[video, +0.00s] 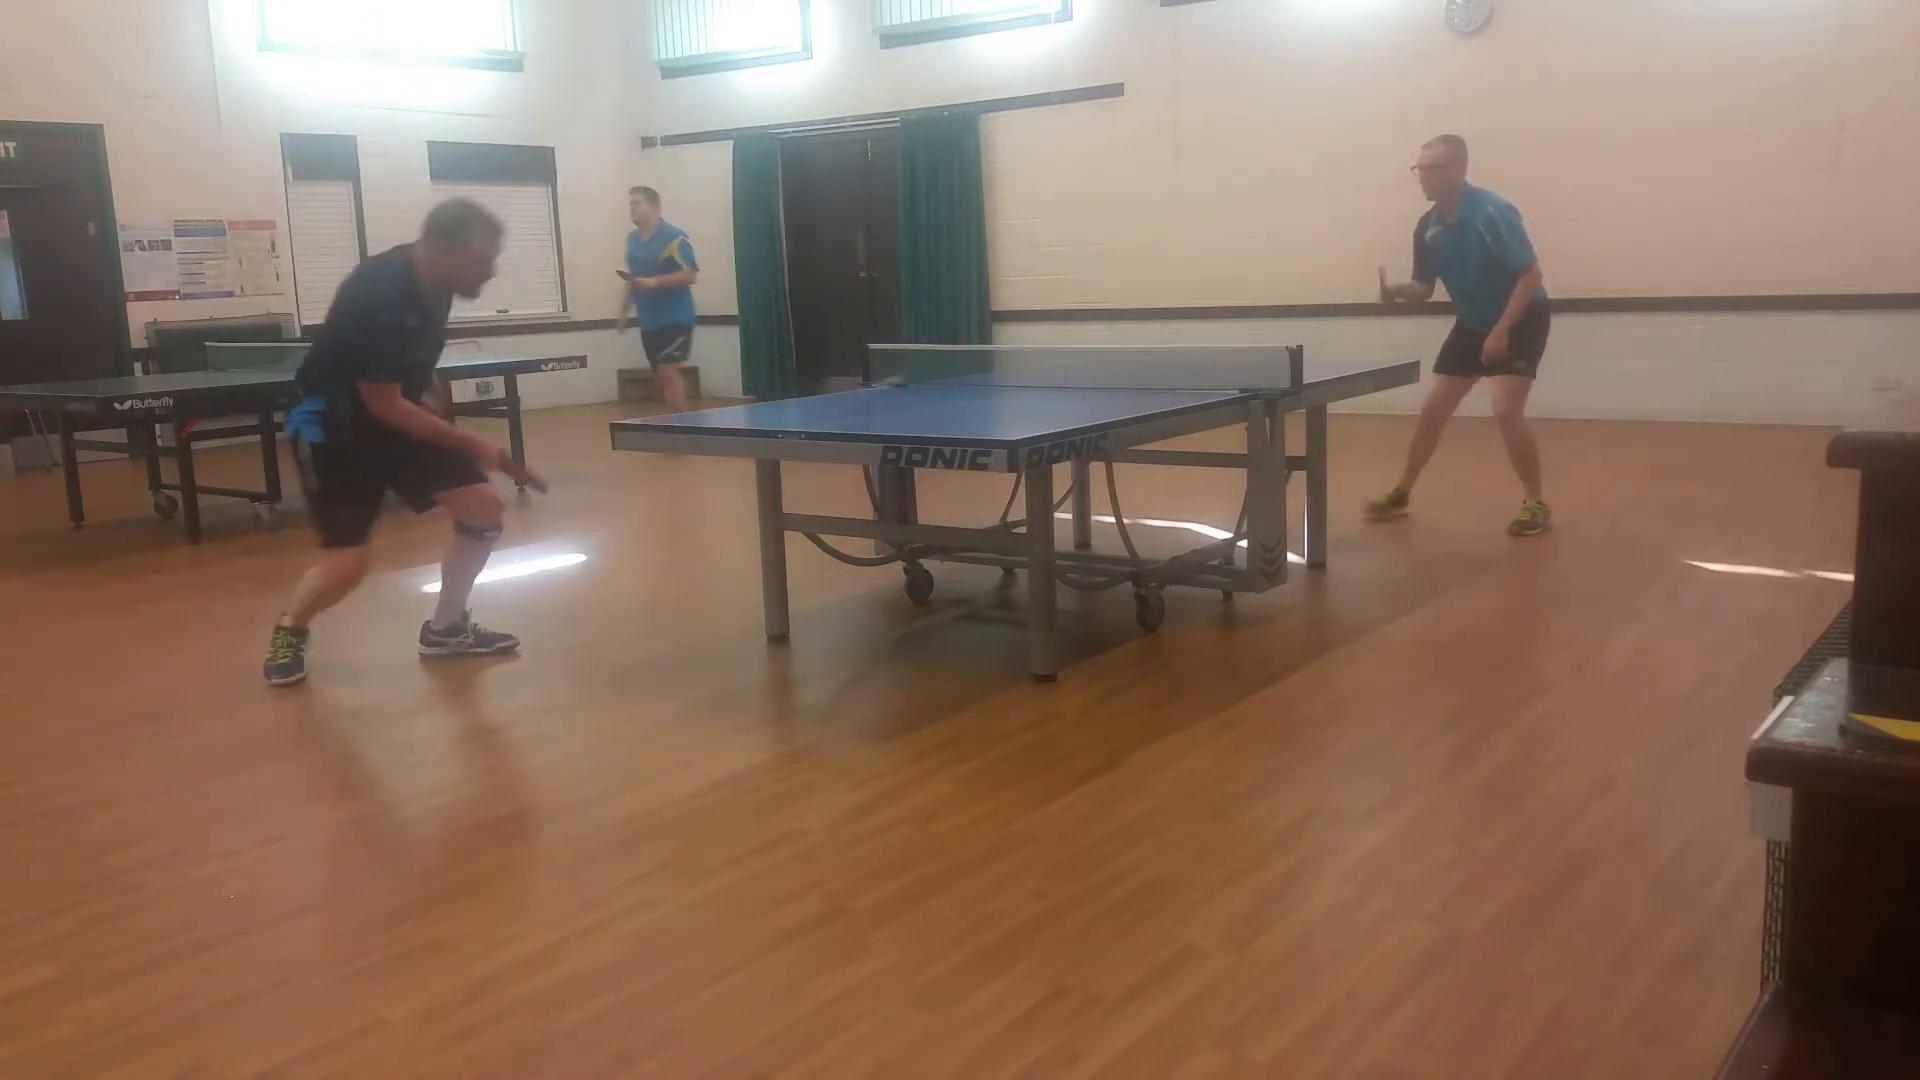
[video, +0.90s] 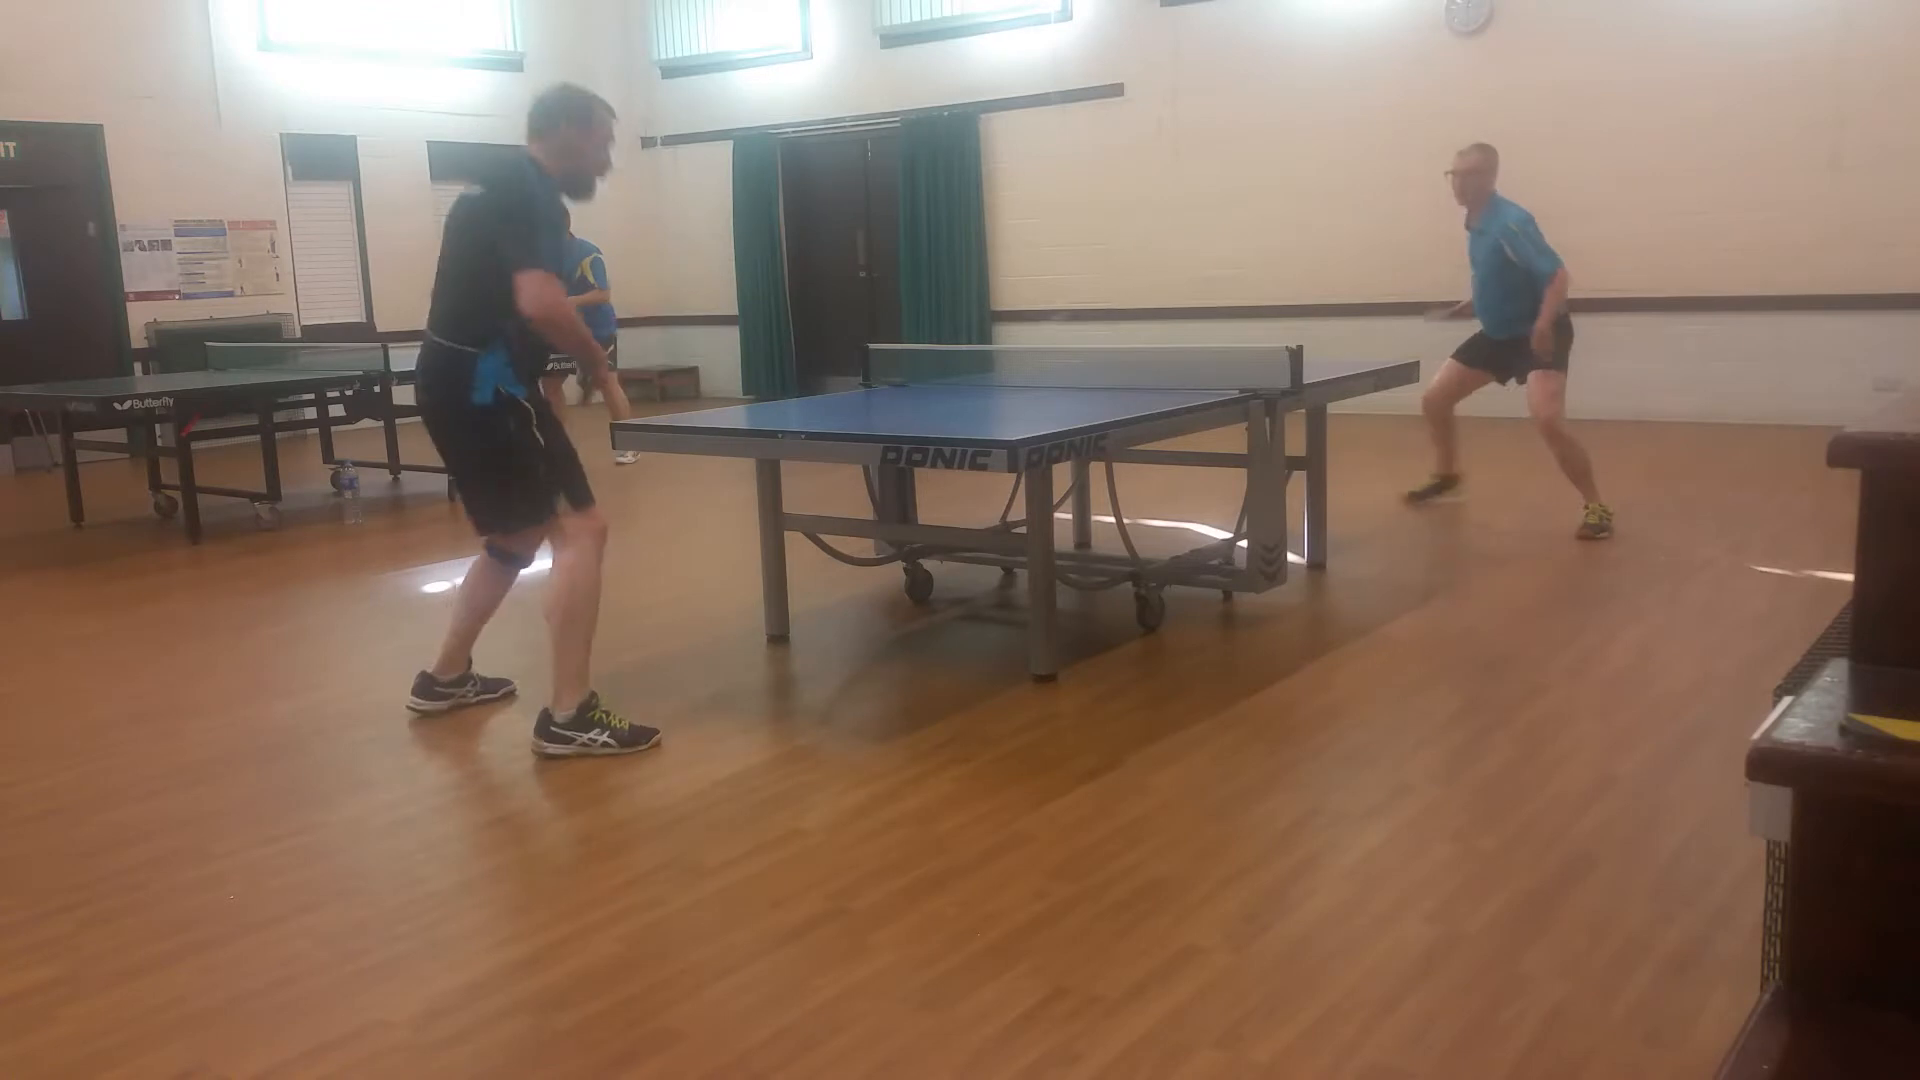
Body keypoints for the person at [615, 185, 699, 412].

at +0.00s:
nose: (631, 208)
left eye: (636, 203)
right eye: (630, 204)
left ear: (653, 206)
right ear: (631, 208)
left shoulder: (675, 236)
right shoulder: (633, 239)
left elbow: (690, 274)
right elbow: (633, 279)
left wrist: (655, 281)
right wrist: (624, 313)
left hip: (676, 317)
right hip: (649, 320)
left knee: (668, 372)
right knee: (662, 375)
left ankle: (682, 424)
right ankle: (677, 424)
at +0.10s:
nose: (615, 215)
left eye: (620, 210)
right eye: (614, 211)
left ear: (638, 212)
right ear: (615, 215)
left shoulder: (660, 242)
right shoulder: (619, 244)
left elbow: (677, 280)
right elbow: (614, 284)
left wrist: (642, 287)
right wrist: (602, 312)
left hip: (661, 323)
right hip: (635, 324)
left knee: (648, 377)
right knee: (658, 381)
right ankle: (685, 432)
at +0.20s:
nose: (599, 224)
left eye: (604, 219)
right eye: (598, 220)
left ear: (621, 220)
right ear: (601, 223)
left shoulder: (644, 250)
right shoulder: (607, 250)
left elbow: (662, 289)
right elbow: (608, 288)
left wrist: (629, 296)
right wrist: (591, 305)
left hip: (644, 329)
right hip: (619, 329)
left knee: (623, 377)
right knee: (622, 384)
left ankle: (631, 442)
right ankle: (667, 425)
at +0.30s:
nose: (584, 224)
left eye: (589, 219)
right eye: (583, 219)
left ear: (606, 219)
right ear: (588, 222)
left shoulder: (631, 248)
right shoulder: (594, 249)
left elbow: (648, 288)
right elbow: (600, 287)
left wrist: (613, 298)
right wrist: (587, 301)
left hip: (632, 330)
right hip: (606, 329)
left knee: (615, 378)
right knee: (606, 380)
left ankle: (633, 440)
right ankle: (630, 438)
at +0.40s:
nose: (573, 217)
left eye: (577, 211)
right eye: (571, 212)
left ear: (595, 211)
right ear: (574, 214)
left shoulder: (619, 240)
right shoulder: (580, 241)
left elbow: (637, 280)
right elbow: (589, 281)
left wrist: (603, 292)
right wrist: (581, 308)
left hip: (623, 322)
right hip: (594, 321)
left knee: (618, 375)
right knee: (576, 367)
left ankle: (627, 439)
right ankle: (598, 429)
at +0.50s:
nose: (563, 217)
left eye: (568, 212)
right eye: (561, 212)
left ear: (585, 212)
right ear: (562, 214)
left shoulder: (610, 240)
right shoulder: (565, 242)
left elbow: (628, 279)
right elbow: (571, 284)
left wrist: (594, 292)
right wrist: (568, 316)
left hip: (615, 318)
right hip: (584, 318)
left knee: (611, 375)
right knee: (569, 373)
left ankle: (624, 442)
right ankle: (562, 432)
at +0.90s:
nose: (554, 228)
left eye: (557, 221)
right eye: (551, 222)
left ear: (566, 222)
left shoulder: (587, 252)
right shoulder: (544, 255)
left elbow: (602, 293)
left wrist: (569, 302)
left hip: (598, 328)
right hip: (566, 329)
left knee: (606, 380)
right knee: (549, 382)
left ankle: (627, 443)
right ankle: (555, 447)